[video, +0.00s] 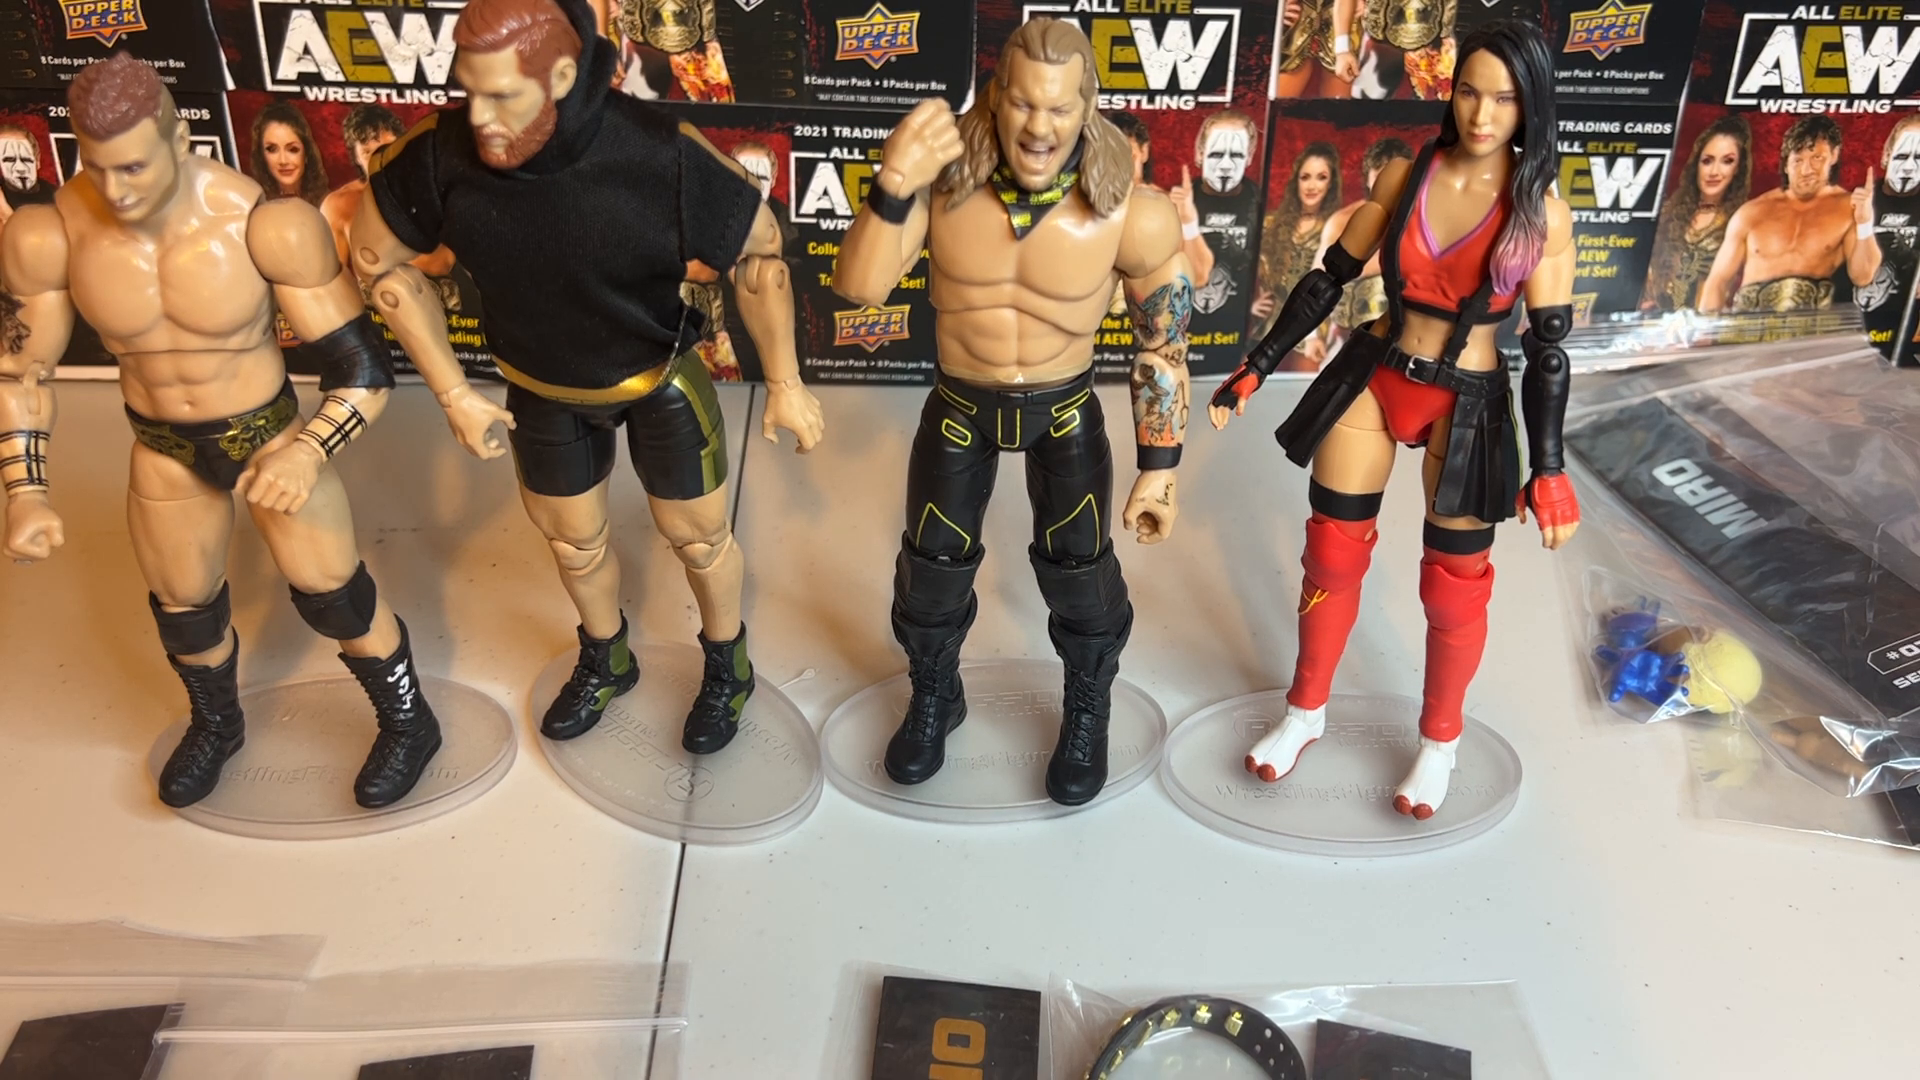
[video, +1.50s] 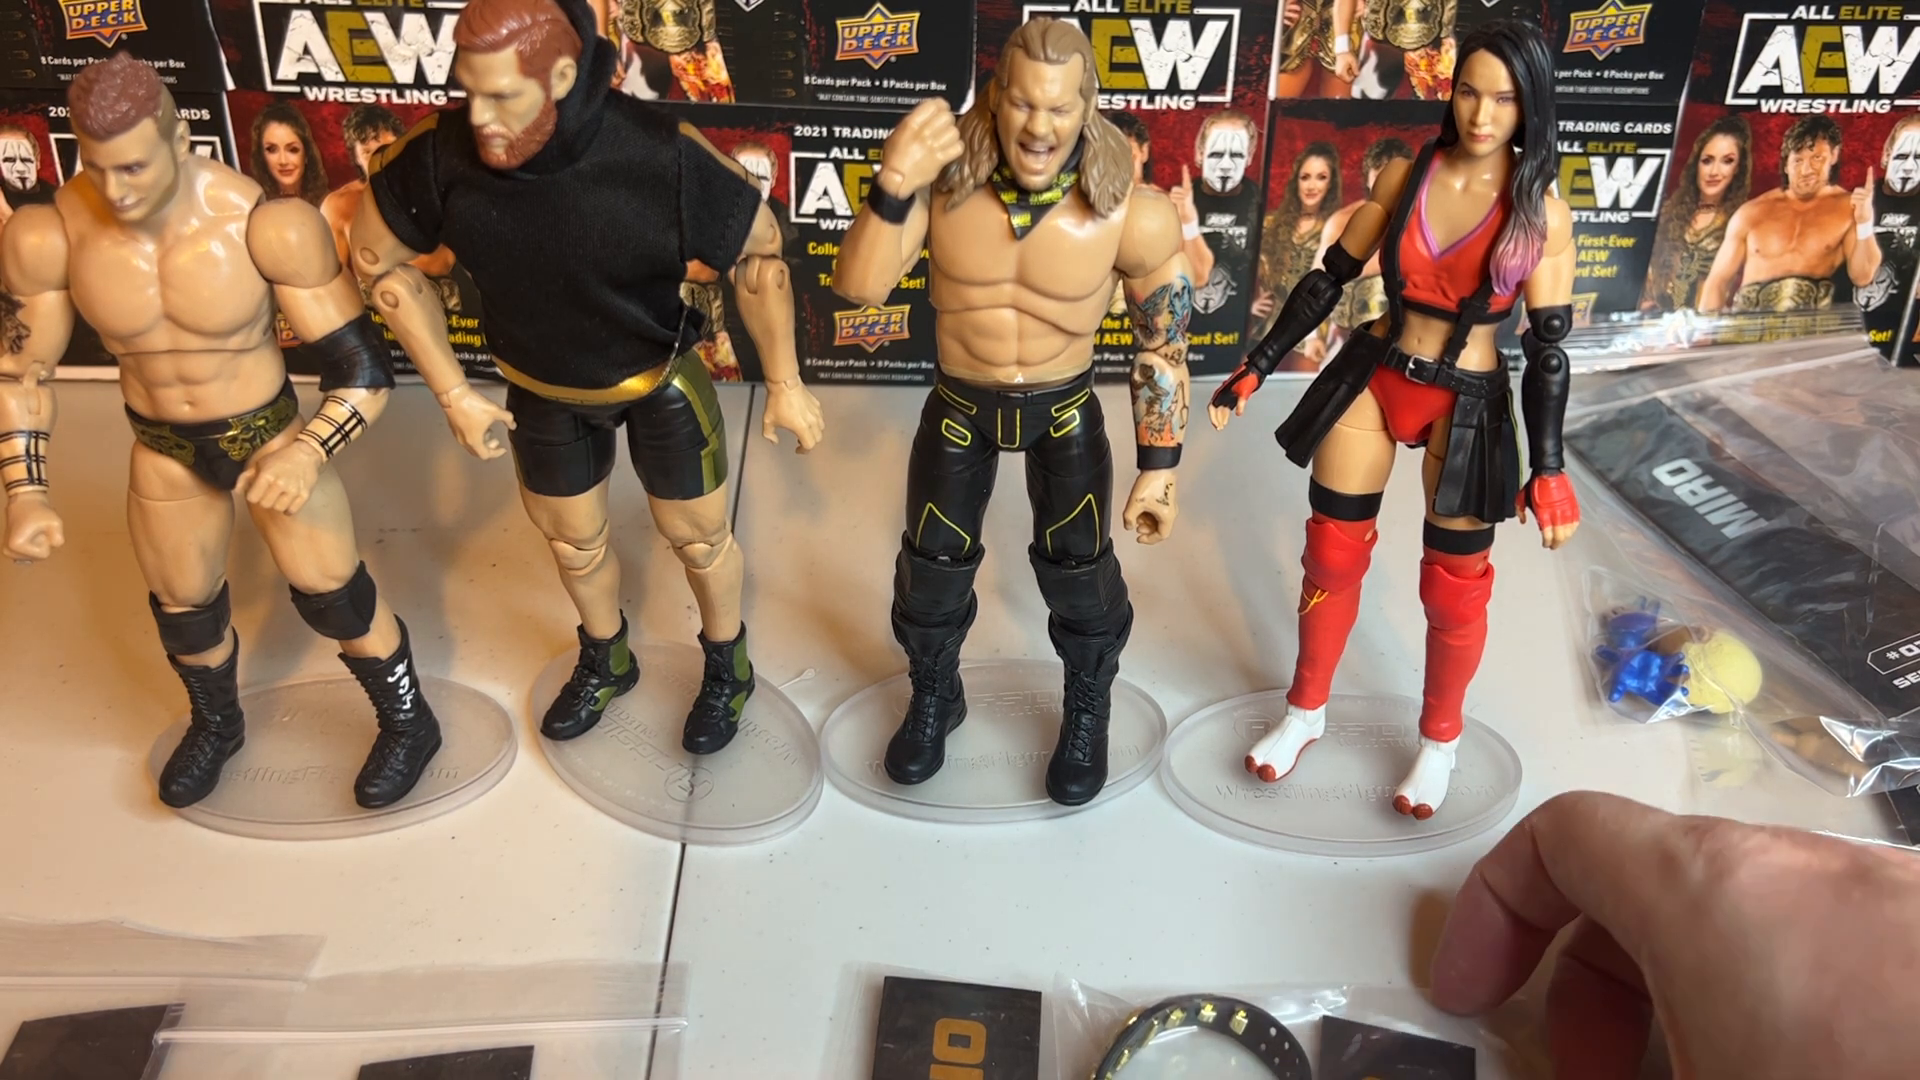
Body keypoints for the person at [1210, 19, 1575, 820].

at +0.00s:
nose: (1480, 114)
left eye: (1501, 99)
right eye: (1469, 94)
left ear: (1529, 108)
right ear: (1451, 94)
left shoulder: (1540, 208)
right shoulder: (1406, 174)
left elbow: (1549, 343)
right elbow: (1333, 273)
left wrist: (1549, 466)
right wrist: (1257, 364)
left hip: (1467, 404)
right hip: (1371, 383)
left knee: (1454, 592)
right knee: (1331, 560)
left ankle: (1438, 742)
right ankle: (1304, 710)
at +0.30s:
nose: (1480, 114)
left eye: (1501, 99)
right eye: (1469, 94)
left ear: (1529, 109)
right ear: (1451, 94)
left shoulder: (1540, 209)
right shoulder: (1407, 175)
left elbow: (1549, 345)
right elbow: (1333, 274)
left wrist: (1549, 466)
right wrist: (1256, 364)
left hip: (1467, 404)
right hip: (1372, 382)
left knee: (1454, 591)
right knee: (1331, 560)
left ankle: (1438, 742)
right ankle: (1304, 710)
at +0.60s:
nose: (1480, 113)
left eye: (1501, 99)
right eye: (1469, 93)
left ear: (1529, 108)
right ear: (1451, 94)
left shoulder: (1540, 207)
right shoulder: (1406, 174)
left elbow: (1549, 343)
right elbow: (1332, 273)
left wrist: (1549, 466)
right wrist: (1256, 364)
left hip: (1467, 404)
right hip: (1372, 382)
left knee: (1454, 591)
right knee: (1331, 560)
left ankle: (1438, 742)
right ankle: (1304, 710)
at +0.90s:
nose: (1480, 113)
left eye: (1501, 99)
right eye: (1469, 93)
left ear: (1528, 108)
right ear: (1451, 94)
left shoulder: (1540, 208)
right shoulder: (1406, 174)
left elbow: (1549, 344)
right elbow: (1333, 273)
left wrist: (1549, 466)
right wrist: (1256, 364)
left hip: (1466, 403)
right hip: (1372, 382)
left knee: (1454, 589)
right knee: (1331, 559)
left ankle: (1438, 741)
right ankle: (1305, 710)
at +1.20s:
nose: (1480, 114)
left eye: (1501, 99)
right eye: (1469, 93)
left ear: (1529, 108)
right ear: (1450, 93)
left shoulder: (1540, 207)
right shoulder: (1406, 174)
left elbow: (1549, 343)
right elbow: (1333, 273)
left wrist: (1549, 465)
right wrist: (1257, 363)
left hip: (1466, 404)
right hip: (1371, 383)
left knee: (1454, 592)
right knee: (1331, 561)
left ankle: (1438, 742)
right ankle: (1304, 710)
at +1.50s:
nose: (1480, 114)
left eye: (1501, 99)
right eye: (1469, 94)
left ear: (1529, 108)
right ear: (1450, 94)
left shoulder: (1540, 207)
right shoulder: (1406, 175)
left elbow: (1549, 344)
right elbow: (1332, 274)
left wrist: (1549, 466)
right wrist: (1257, 364)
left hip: (1466, 404)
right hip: (1371, 383)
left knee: (1454, 592)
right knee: (1331, 561)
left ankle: (1438, 741)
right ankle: (1304, 710)